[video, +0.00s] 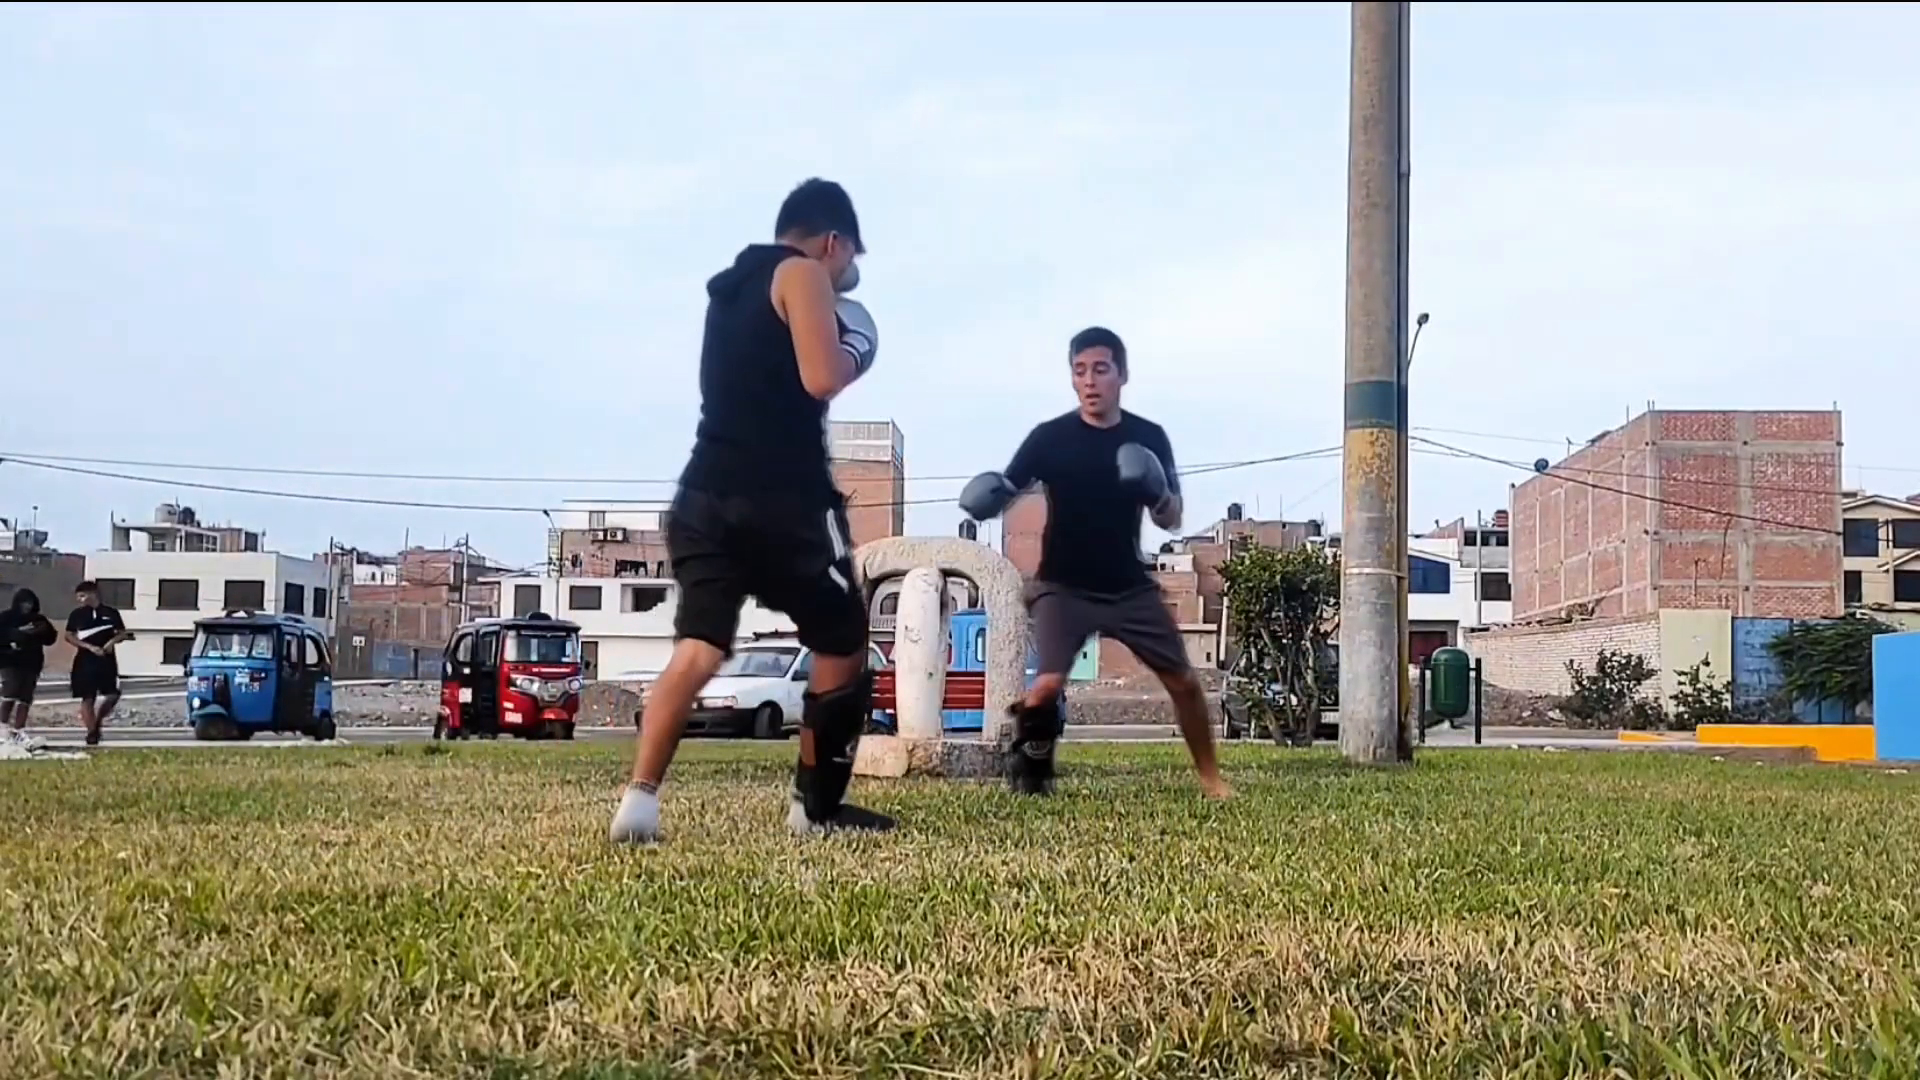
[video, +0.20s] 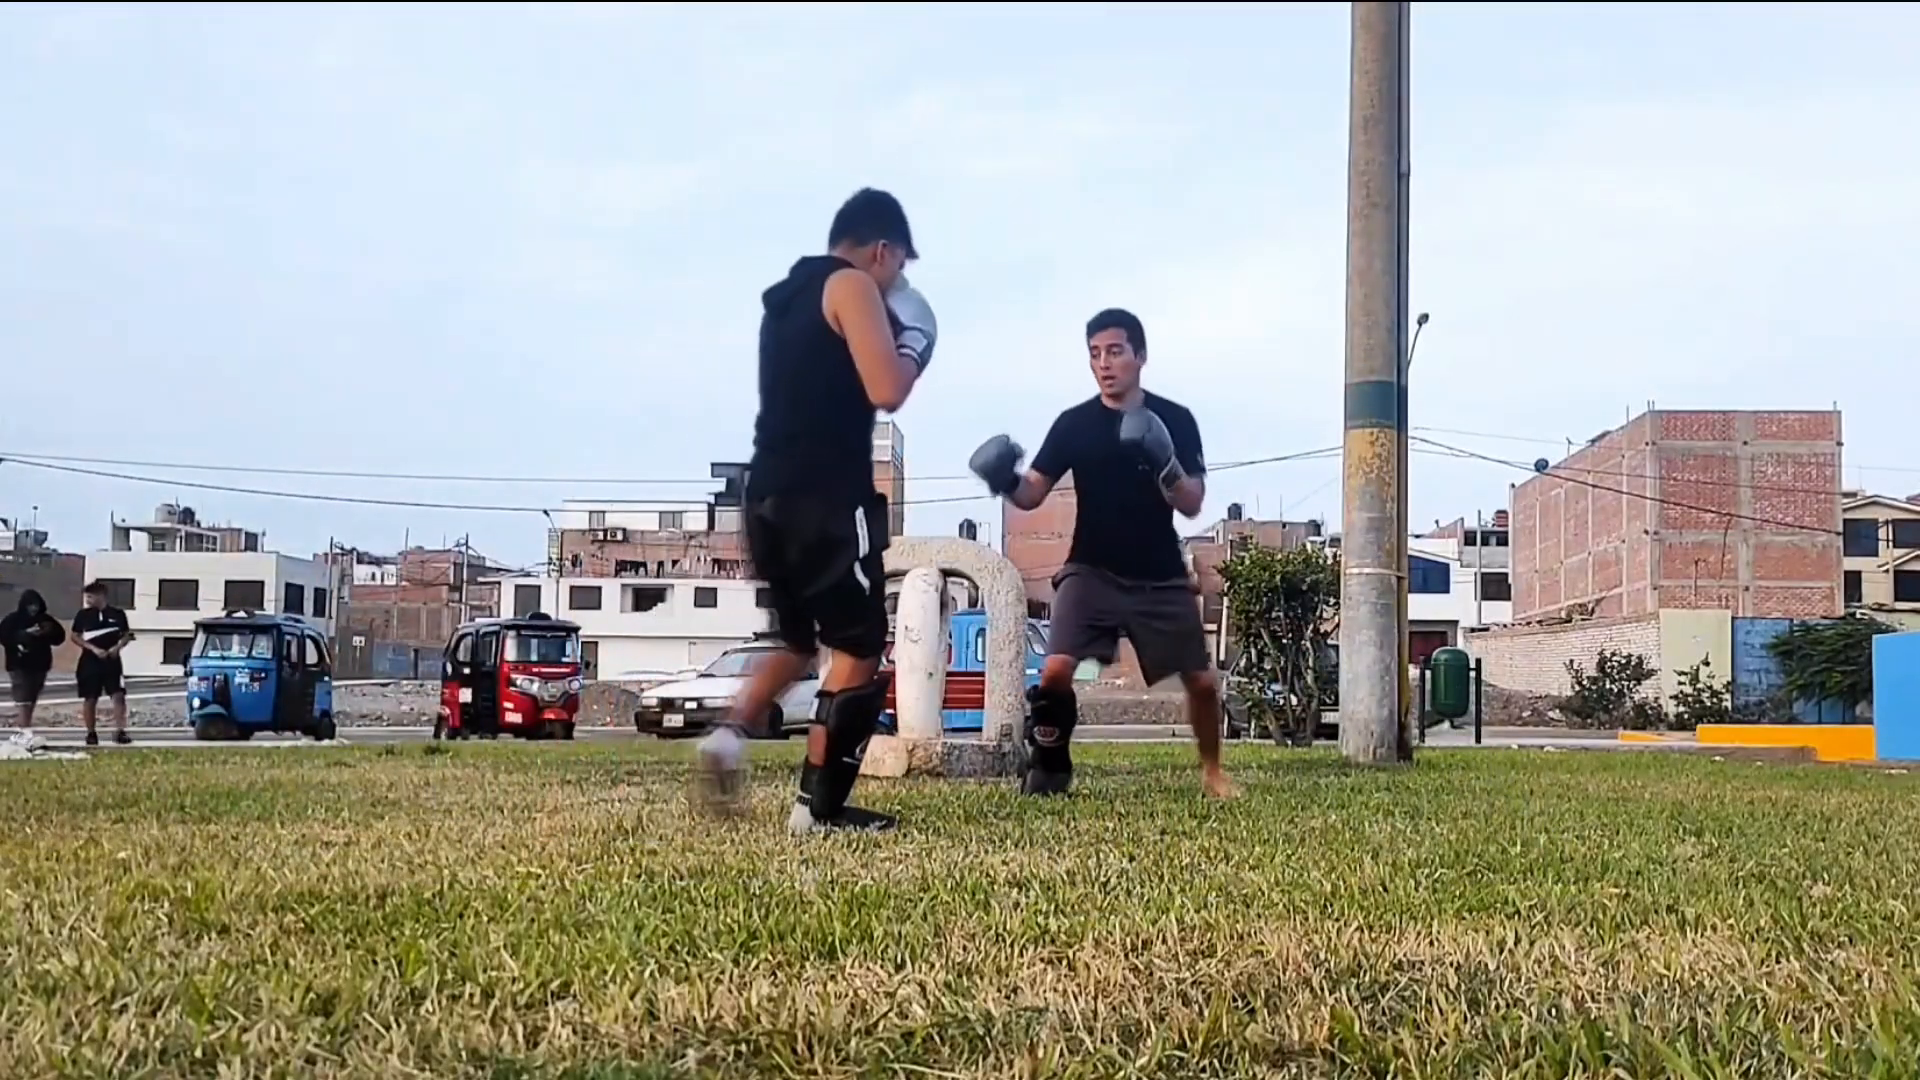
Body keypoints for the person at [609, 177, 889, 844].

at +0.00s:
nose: (847, 274)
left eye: (853, 262)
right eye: (851, 259)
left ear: (783, 232)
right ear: (830, 240)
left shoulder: (728, 283)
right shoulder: (799, 275)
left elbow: (757, 377)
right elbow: (820, 379)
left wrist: (818, 323)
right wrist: (857, 353)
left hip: (705, 496)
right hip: (778, 501)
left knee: (697, 650)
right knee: (840, 639)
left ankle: (639, 801)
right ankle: (819, 806)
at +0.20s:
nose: (896, 277)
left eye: (900, 266)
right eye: (899, 263)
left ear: (837, 241)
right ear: (879, 249)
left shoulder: (786, 293)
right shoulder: (850, 286)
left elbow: (814, 388)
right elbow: (887, 392)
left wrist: (878, 334)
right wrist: (917, 347)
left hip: (769, 491)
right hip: (828, 493)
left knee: (795, 641)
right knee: (856, 647)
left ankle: (729, 734)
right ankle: (822, 805)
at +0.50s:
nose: (908, 331)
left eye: (911, 318)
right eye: (907, 316)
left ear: (871, 303)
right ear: (878, 303)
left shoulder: (848, 353)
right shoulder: (828, 346)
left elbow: (907, 432)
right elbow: (857, 444)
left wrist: (904, 395)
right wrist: (894, 396)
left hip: (840, 545)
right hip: (811, 547)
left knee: (878, 686)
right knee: (861, 691)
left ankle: (790, 829)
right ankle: (772, 833)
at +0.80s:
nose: (887, 350)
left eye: (891, 338)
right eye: (884, 335)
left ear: (843, 326)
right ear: (846, 322)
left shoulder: (835, 391)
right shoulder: (796, 372)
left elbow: (877, 482)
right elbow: (833, 471)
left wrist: (895, 409)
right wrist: (878, 410)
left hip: (821, 581)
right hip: (772, 578)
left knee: (861, 727)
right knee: (778, 723)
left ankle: (813, 858)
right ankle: (692, 860)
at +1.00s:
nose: (885, 354)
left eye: (888, 339)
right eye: (877, 336)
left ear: (839, 334)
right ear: (833, 329)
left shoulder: (844, 411)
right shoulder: (774, 391)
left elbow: (884, 503)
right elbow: (804, 490)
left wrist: (912, 438)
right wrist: (861, 420)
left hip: (829, 607)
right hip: (764, 607)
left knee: (917, 718)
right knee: (739, 754)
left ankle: (881, 848)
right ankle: (648, 887)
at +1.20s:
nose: (907, 360)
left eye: (914, 347)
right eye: (898, 342)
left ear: (910, 354)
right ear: (852, 337)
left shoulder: (886, 422)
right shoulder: (796, 407)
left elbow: (978, 460)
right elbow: (829, 495)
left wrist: (973, 384)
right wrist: (874, 415)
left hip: (869, 629)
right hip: (797, 626)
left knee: (928, 765)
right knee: (753, 755)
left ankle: (908, 914)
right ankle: (649, 898)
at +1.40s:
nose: (949, 351)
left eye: (953, 336)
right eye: (940, 334)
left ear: (933, 336)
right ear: (894, 328)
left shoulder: (921, 414)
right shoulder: (830, 396)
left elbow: (986, 496)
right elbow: (850, 496)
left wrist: (1007, 419)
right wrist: (908, 418)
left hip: (911, 614)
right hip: (830, 613)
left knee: (995, 742)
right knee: (807, 753)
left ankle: (948, 877)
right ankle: (760, 912)